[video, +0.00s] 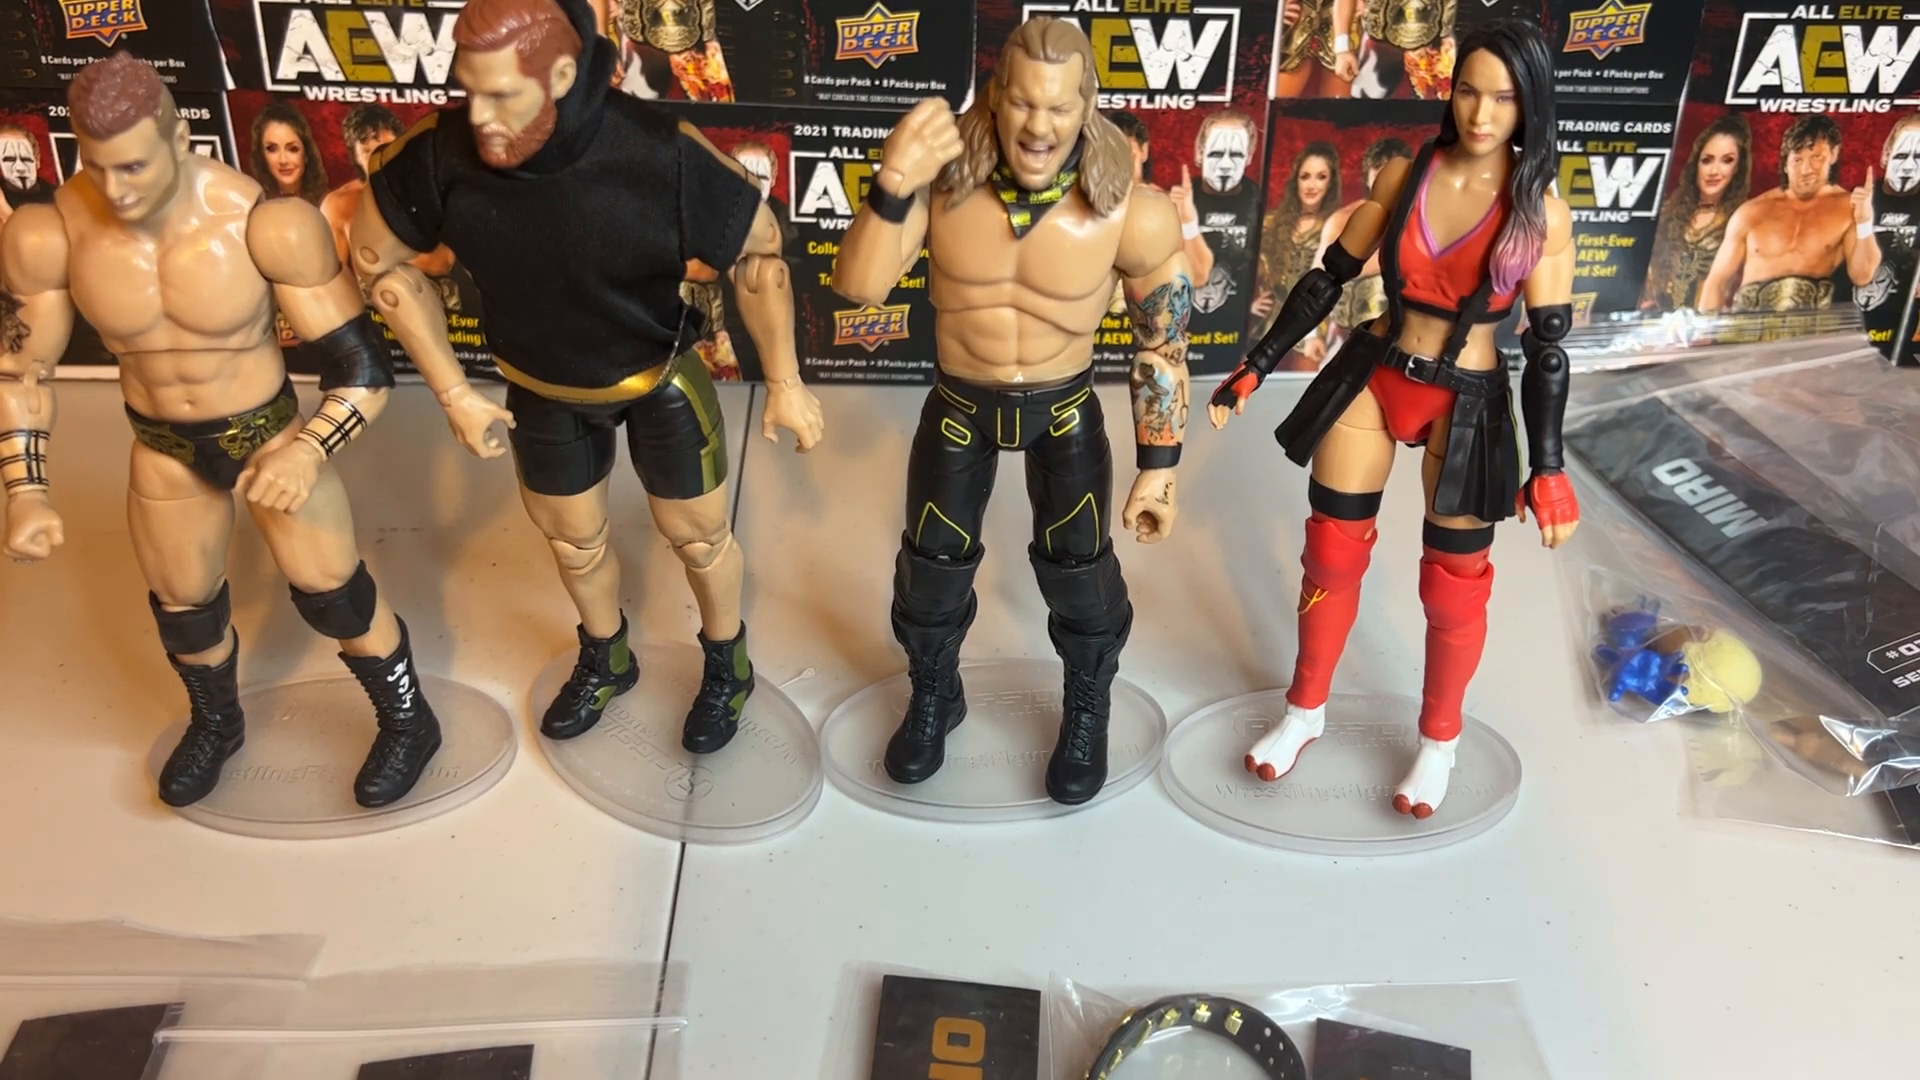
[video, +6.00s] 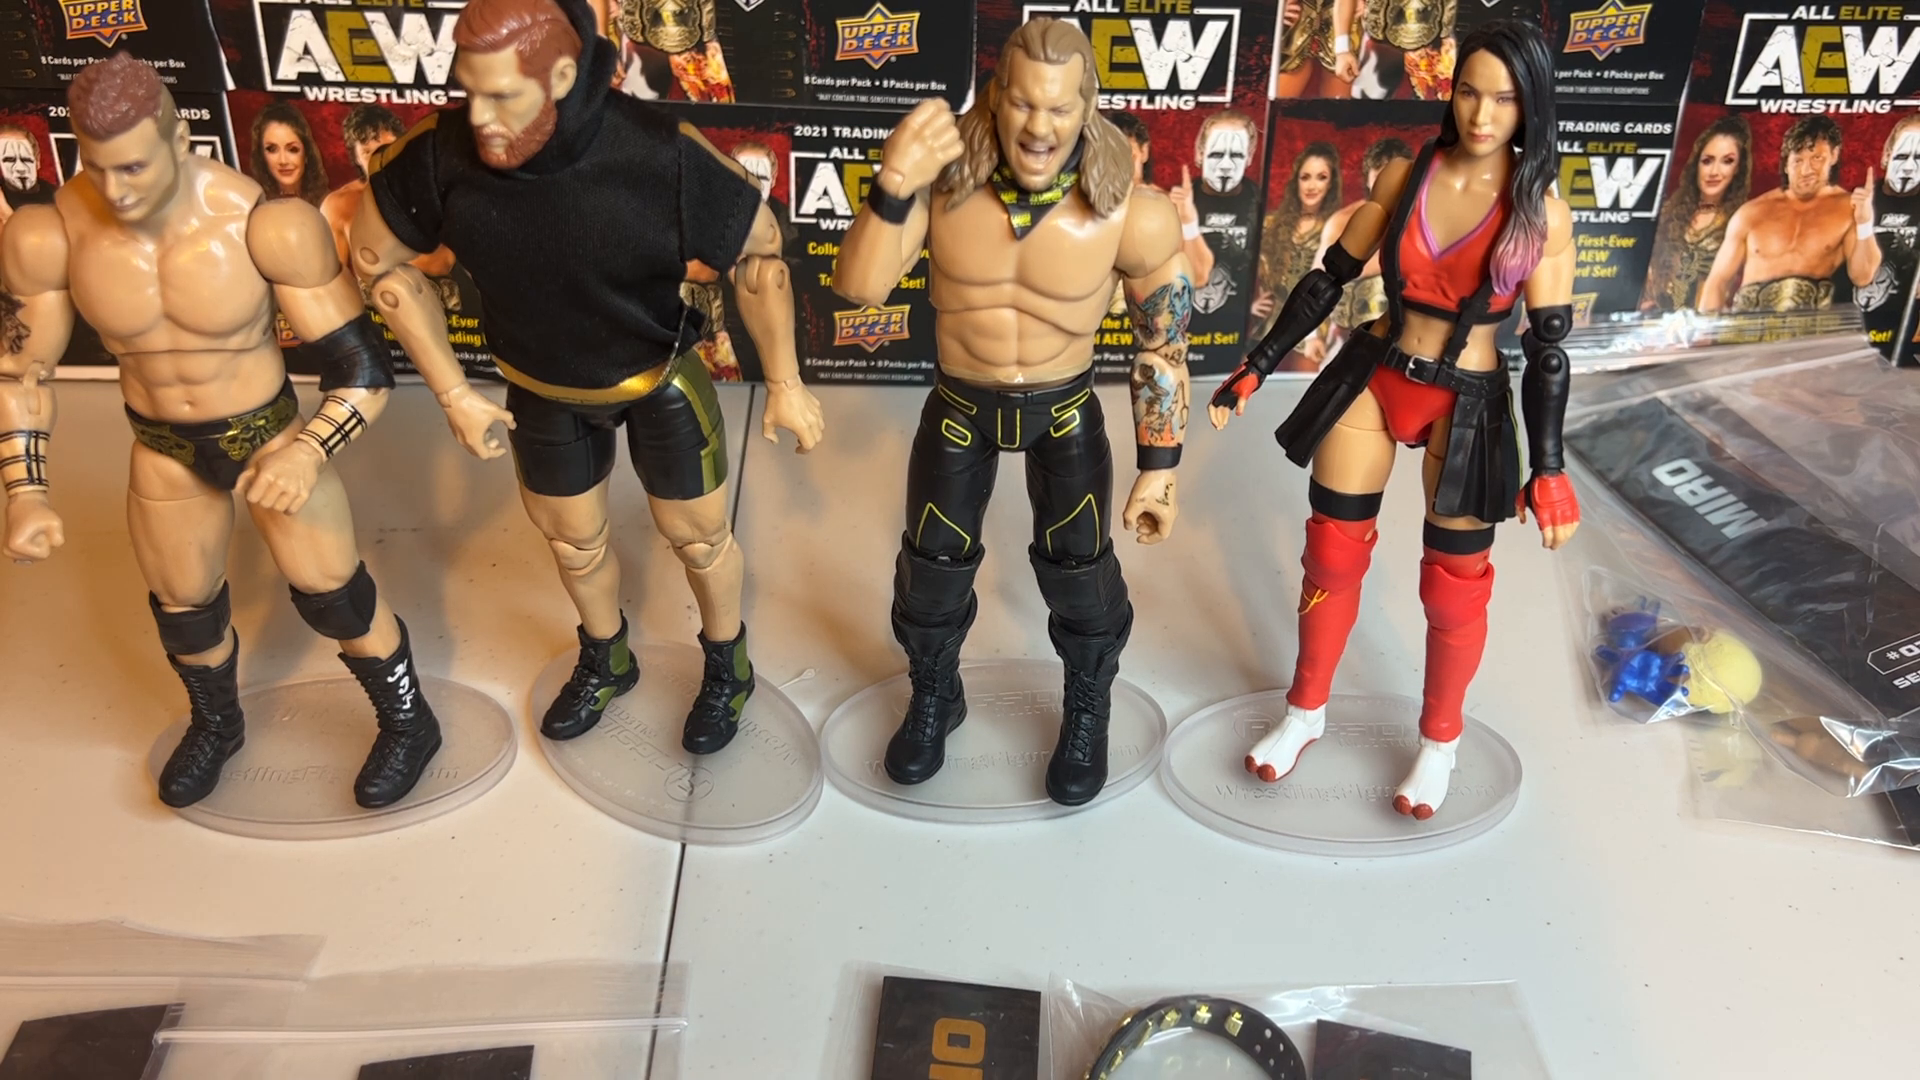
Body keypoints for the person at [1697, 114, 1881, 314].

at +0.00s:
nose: (1806, 169)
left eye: (1817, 158)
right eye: (1797, 160)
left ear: (1834, 156)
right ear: (1785, 162)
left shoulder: (1848, 206)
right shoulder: (1750, 212)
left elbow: (1862, 277)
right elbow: (1717, 281)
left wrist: (1864, 223)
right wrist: (1704, 336)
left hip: (1809, 314)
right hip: (1748, 311)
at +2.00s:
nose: (1806, 169)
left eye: (1816, 158)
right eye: (1797, 160)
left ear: (1834, 156)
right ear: (1785, 162)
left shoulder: (1847, 207)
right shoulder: (1750, 212)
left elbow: (1861, 277)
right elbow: (1718, 281)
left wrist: (1864, 223)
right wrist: (1704, 335)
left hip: (1809, 313)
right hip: (1748, 311)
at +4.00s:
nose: (1806, 169)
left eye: (1816, 158)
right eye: (1797, 160)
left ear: (1834, 156)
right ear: (1785, 163)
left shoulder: (1848, 207)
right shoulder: (1750, 212)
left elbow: (1862, 277)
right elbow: (1718, 282)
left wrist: (1864, 223)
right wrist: (1704, 336)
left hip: (1810, 316)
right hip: (1748, 314)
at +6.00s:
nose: (1806, 170)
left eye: (1817, 158)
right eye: (1798, 160)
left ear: (1834, 156)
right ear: (1785, 163)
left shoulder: (1848, 207)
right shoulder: (1751, 213)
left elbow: (1862, 277)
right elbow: (1718, 281)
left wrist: (1864, 223)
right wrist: (1704, 336)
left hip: (1810, 316)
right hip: (1748, 313)